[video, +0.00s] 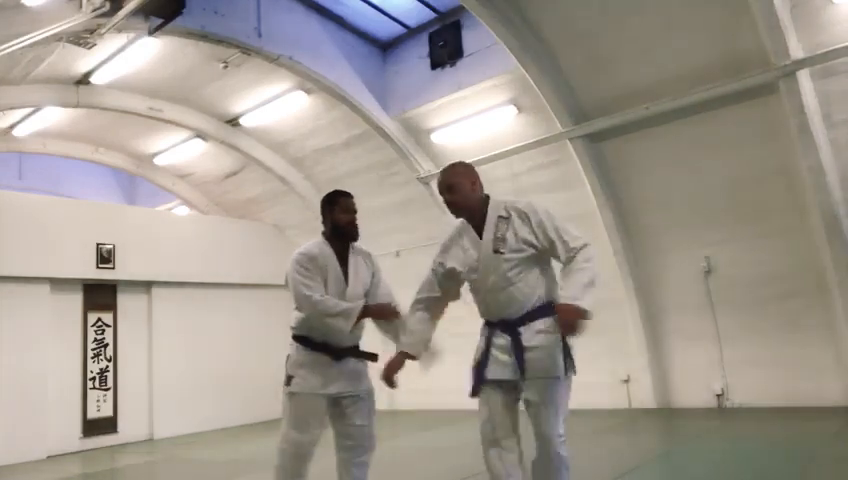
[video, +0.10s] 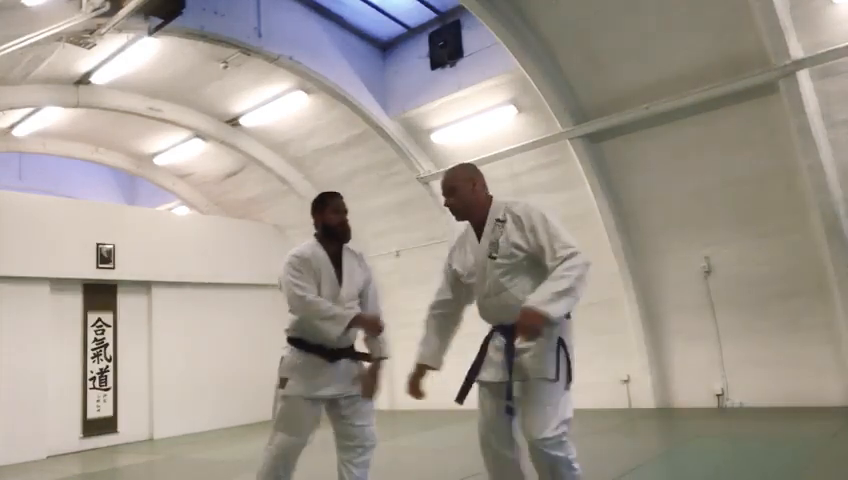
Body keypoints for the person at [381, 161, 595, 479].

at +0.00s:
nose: (446, 199)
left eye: (450, 189)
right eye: (442, 193)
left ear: (474, 183)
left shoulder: (523, 215)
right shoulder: (455, 245)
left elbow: (579, 251)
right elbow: (428, 301)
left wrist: (571, 301)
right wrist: (405, 351)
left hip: (542, 330)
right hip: (497, 338)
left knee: (548, 434)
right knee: (496, 434)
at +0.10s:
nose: (447, 203)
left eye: (451, 193)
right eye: (445, 196)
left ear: (477, 185)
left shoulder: (522, 216)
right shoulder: (462, 246)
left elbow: (573, 262)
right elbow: (445, 306)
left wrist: (540, 307)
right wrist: (424, 362)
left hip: (542, 336)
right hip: (500, 340)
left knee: (544, 436)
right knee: (494, 436)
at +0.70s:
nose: (510, 179)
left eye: (513, 169)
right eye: (510, 170)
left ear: (528, 168)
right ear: (546, 169)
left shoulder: (534, 207)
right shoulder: (577, 203)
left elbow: (531, 280)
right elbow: (592, 270)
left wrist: (513, 318)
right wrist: (547, 315)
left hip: (573, 330)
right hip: (608, 323)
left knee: (586, 444)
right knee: (617, 431)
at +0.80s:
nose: (517, 186)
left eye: (519, 176)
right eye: (516, 177)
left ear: (535, 174)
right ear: (556, 173)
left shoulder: (536, 215)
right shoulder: (592, 210)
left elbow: (532, 289)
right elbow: (610, 273)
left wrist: (520, 314)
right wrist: (548, 311)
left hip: (577, 340)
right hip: (622, 331)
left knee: (564, 445)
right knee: (639, 430)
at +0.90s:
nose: (519, 191)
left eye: (519, 181)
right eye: (517, 183)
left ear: (533, 177)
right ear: (554, 175)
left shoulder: (533, 217)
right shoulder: (600, 212)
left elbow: (527, 290)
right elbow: (625, 270)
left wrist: (515, 306)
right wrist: (599, 296)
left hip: (571, 334)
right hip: (621, 326)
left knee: (535, 433)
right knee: (640, 428)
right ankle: (666, 477)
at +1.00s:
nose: (515, 193)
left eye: (515, 184)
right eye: (514, 185)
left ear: (525, 179)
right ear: (551, 178)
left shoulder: (524, 218)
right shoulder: (596, 212)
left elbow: (511, 288)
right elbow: (626, 274)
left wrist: (488, 287)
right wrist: (593, 300)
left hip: (557, 335)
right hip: (608, 331)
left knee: (522, 430)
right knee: (636, 432)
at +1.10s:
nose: (504, 195)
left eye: (505, 186)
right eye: (503, 187)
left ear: (517, 185)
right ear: (539, 183)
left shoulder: (514, 223)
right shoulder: (585, 219)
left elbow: (479, 284)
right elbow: (622, 274)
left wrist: (454, 276)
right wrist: (583, 298)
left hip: (546, 339)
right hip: (596, 335)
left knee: (510, 436)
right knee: (630, 435)